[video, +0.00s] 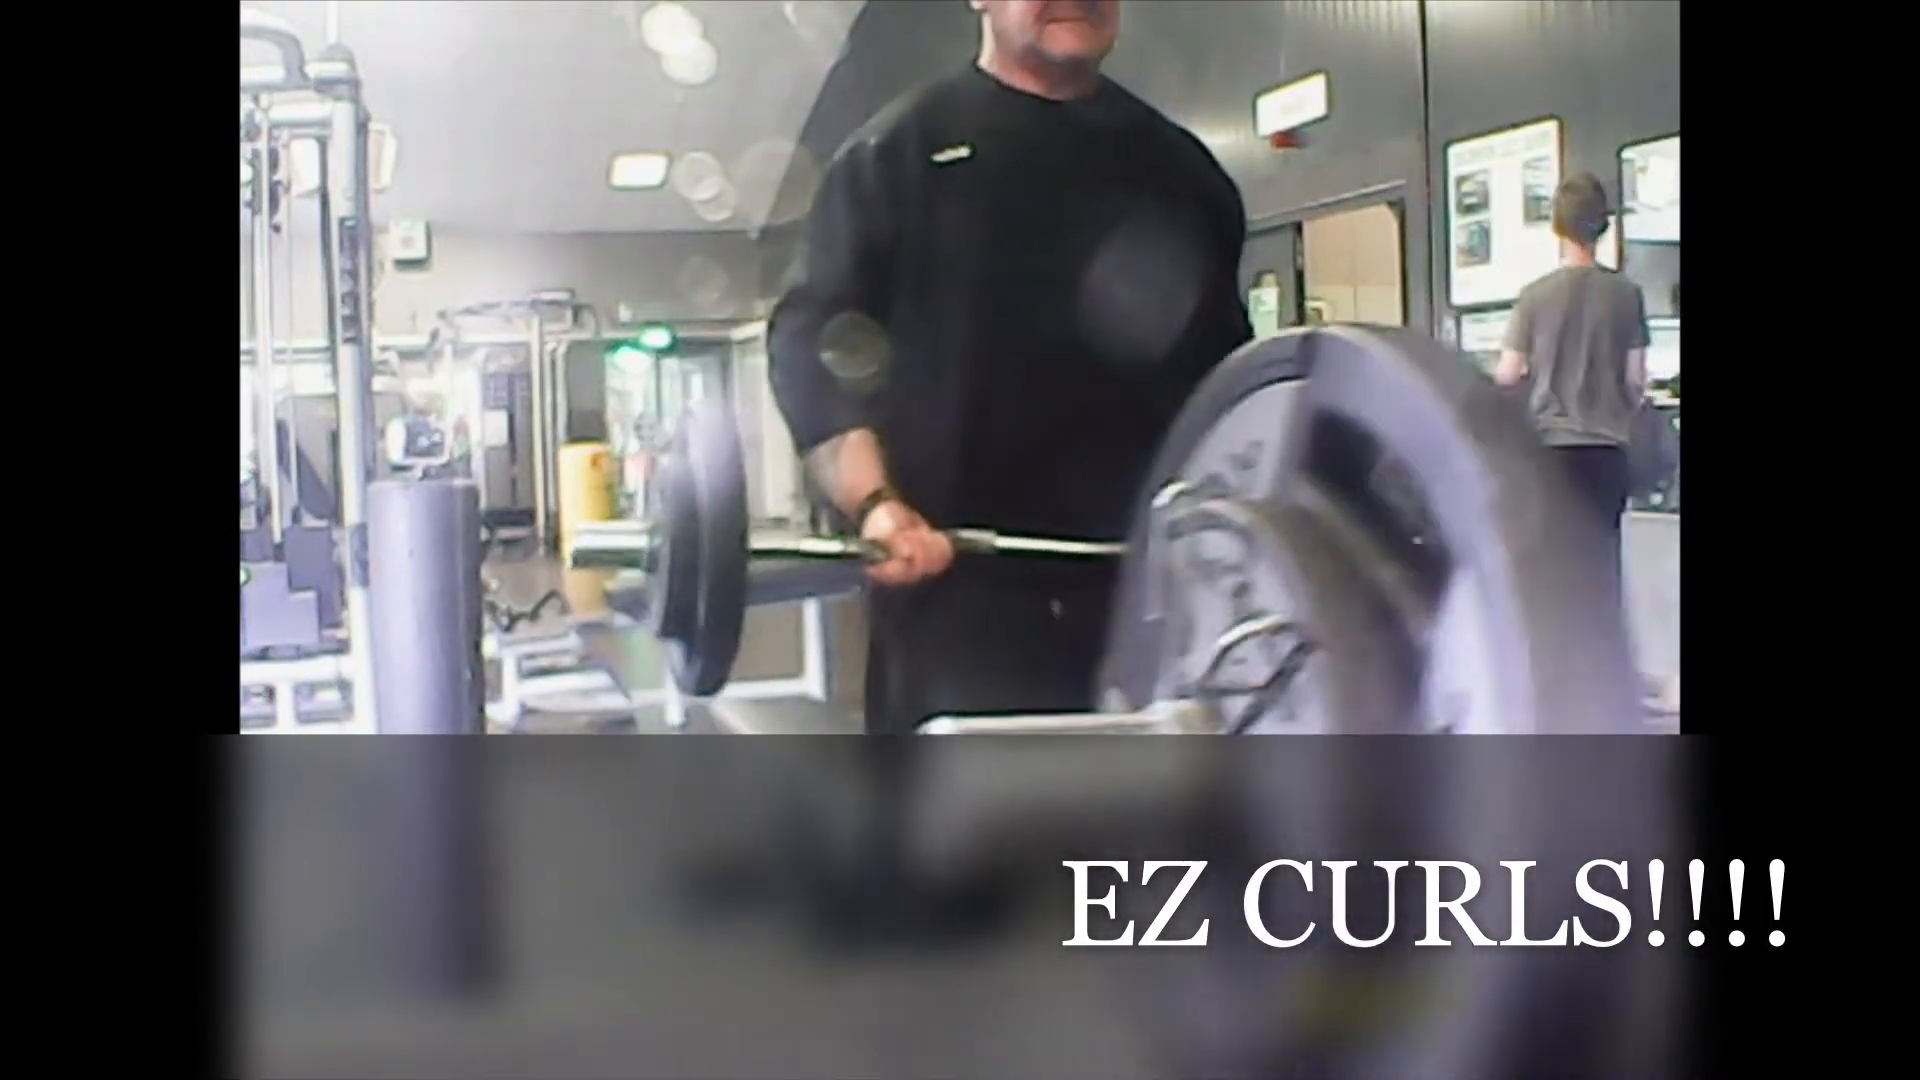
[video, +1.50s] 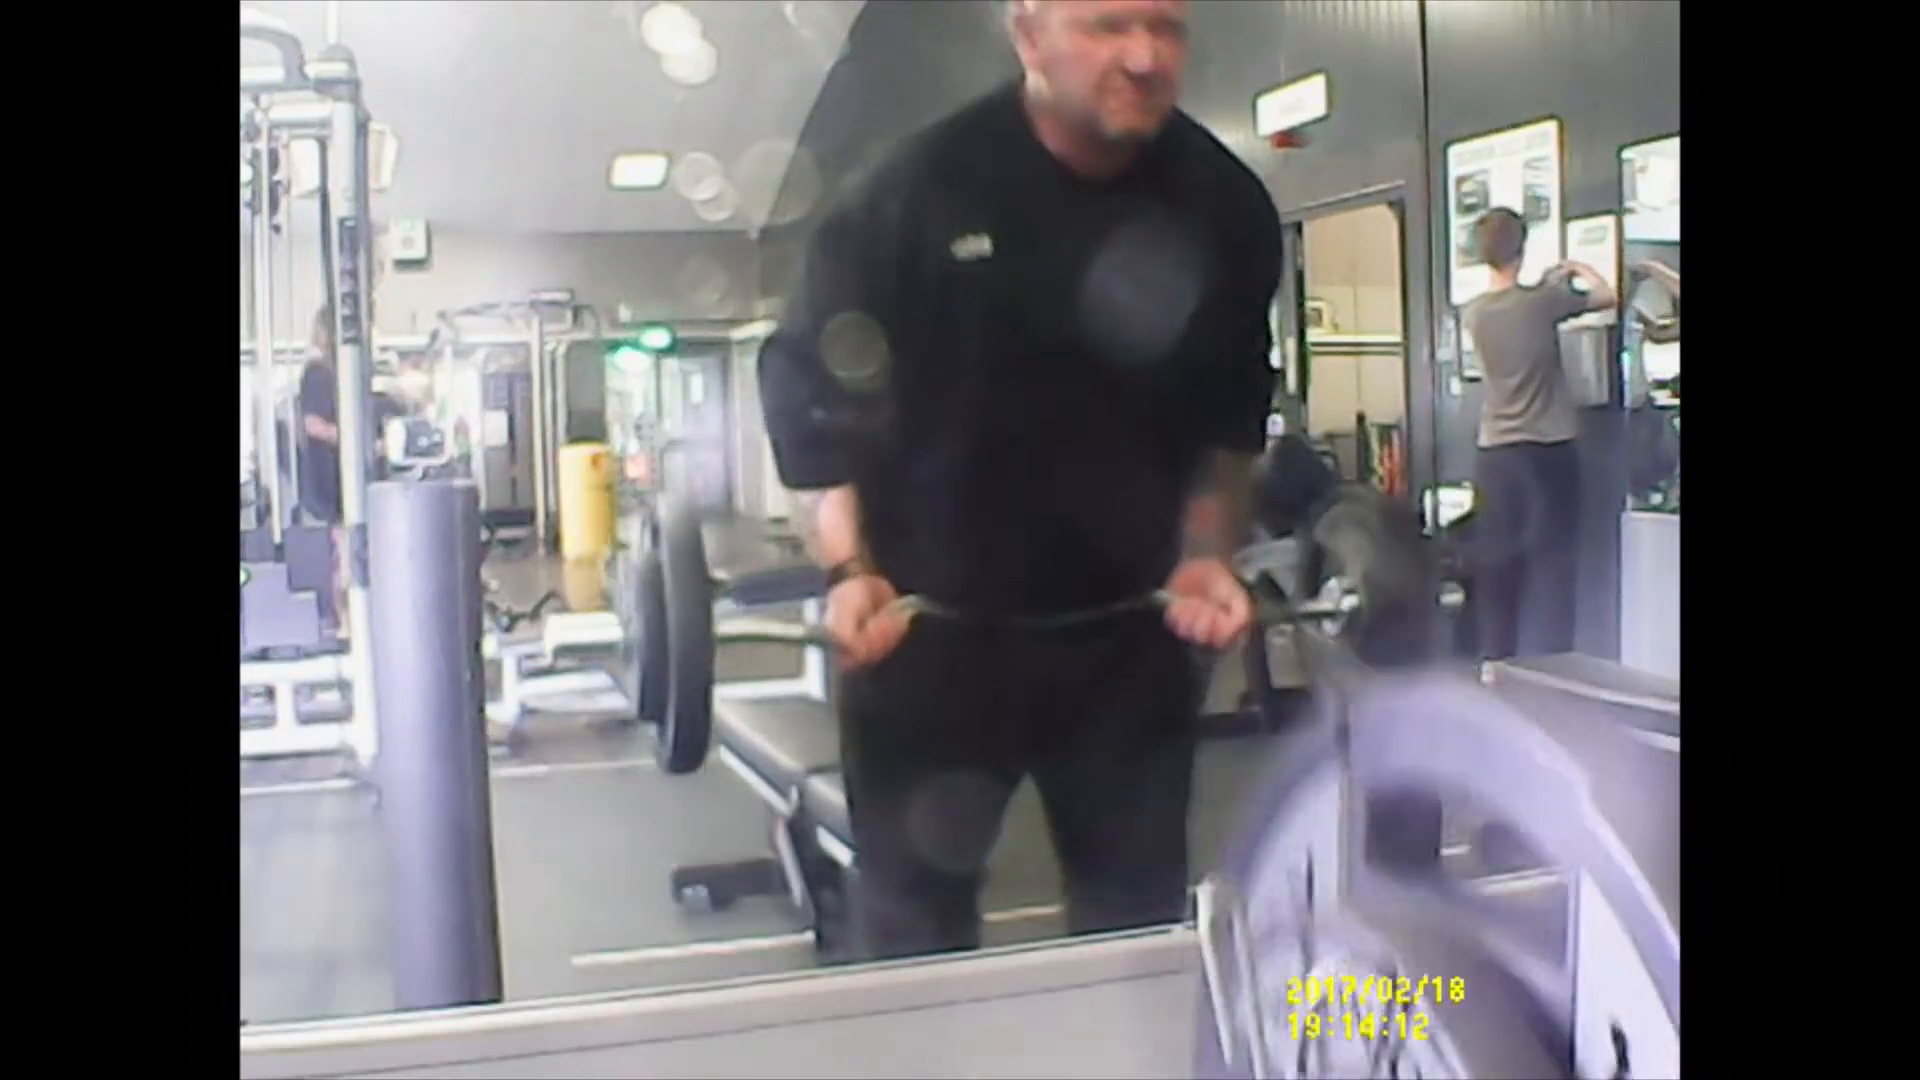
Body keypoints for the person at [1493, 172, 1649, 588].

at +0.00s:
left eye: (1555, 218)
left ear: (1556, 227)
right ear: (1603, 227)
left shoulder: (1535, 295)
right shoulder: (1626, 293)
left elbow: (1509, 373)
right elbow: (1636, 379)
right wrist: (1624, 414)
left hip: (1550, 454)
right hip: (1608, 454)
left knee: (1552, 579)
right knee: (1602, 579)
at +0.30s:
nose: (1544, 244)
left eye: (1545, 238)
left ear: (1544, 245)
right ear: (1588, 246)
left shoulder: (1521, 309)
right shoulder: (1607, 311)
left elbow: (1491, 370)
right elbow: (1625, 386)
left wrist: (1526, 373)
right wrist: (1595, 383)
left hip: (1524, 457)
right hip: (1583, 459)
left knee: (1523, 563)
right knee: (1572, 570)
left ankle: (1525, 660)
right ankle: (1564, 663)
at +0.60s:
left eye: (1547, 236)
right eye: (1574, 238)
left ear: (1542, 242)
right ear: (1585, 244)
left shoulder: (1522, 300)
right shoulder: (1602, 299)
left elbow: (1515, 326)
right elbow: (1624, 337)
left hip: (1521, 449)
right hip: (1579, 450)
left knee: (1519, 551)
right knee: (1570, 559)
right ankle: (1561, 647)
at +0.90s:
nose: (1527, 244)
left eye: (1526, 239)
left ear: (1525, 247)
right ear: (1566, 246)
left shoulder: (1507, 304)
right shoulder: (1582, 299)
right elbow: (1608, 307)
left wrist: (1561, 283)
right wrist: (1591, 282)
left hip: (1518, 445)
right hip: (1571, 445)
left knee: (1518, 547)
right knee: (1568, 557)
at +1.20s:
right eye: (1536, 245)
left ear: (1497, 253)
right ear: (1539, 252)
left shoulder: (1484, 310)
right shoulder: (1560, 300)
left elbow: (1515, 308)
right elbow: (1609, 306)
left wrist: (1536, 282)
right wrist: (1588, 276)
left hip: (1504, 450)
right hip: (1560, 448)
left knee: (1503, 561)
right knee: (1558, 564)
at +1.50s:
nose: (1515, 252)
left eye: (1497, 245)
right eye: (1519, 244)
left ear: (1481, 253)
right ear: (1522, 250)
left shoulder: (1475, 313)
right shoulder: (1543, 302)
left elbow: (1515, 308)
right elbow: (1608, 299)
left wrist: (1551, 279)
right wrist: (1581, 269)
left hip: (1495, 450)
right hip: (1547, 447)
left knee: (1496, 554)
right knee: (1551, 554)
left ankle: (1493, 660)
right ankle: (1551, 665)